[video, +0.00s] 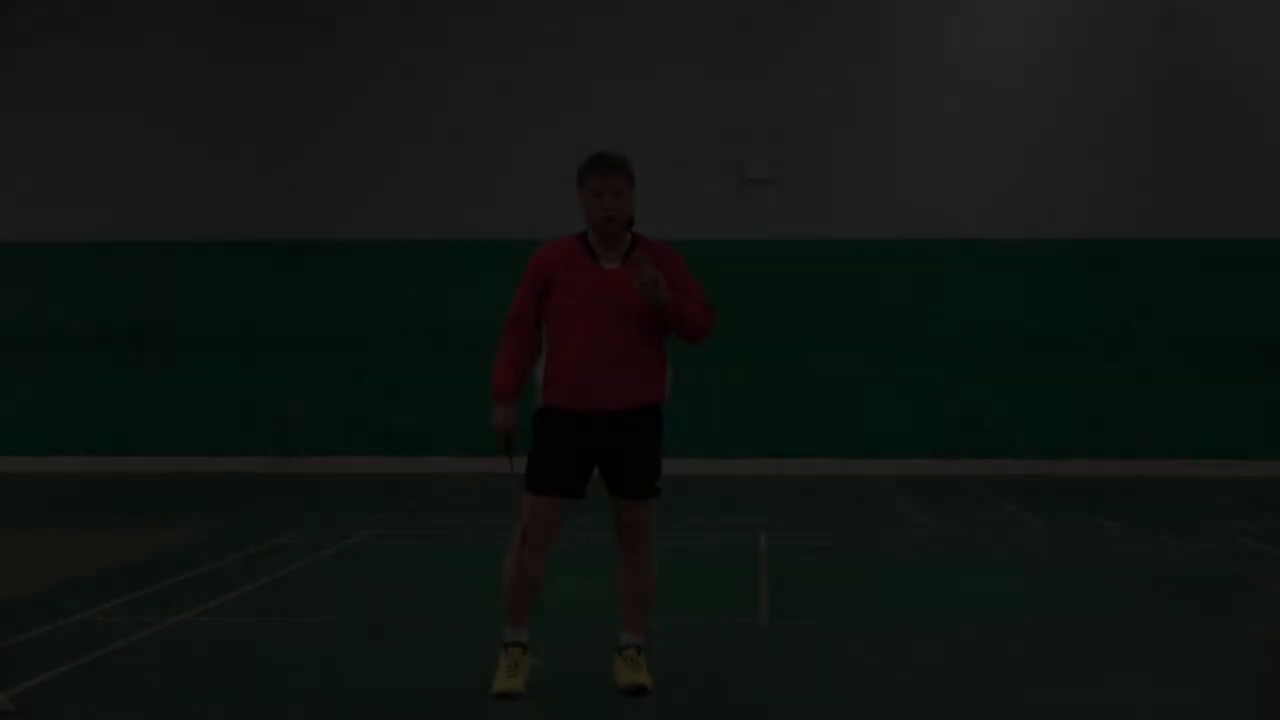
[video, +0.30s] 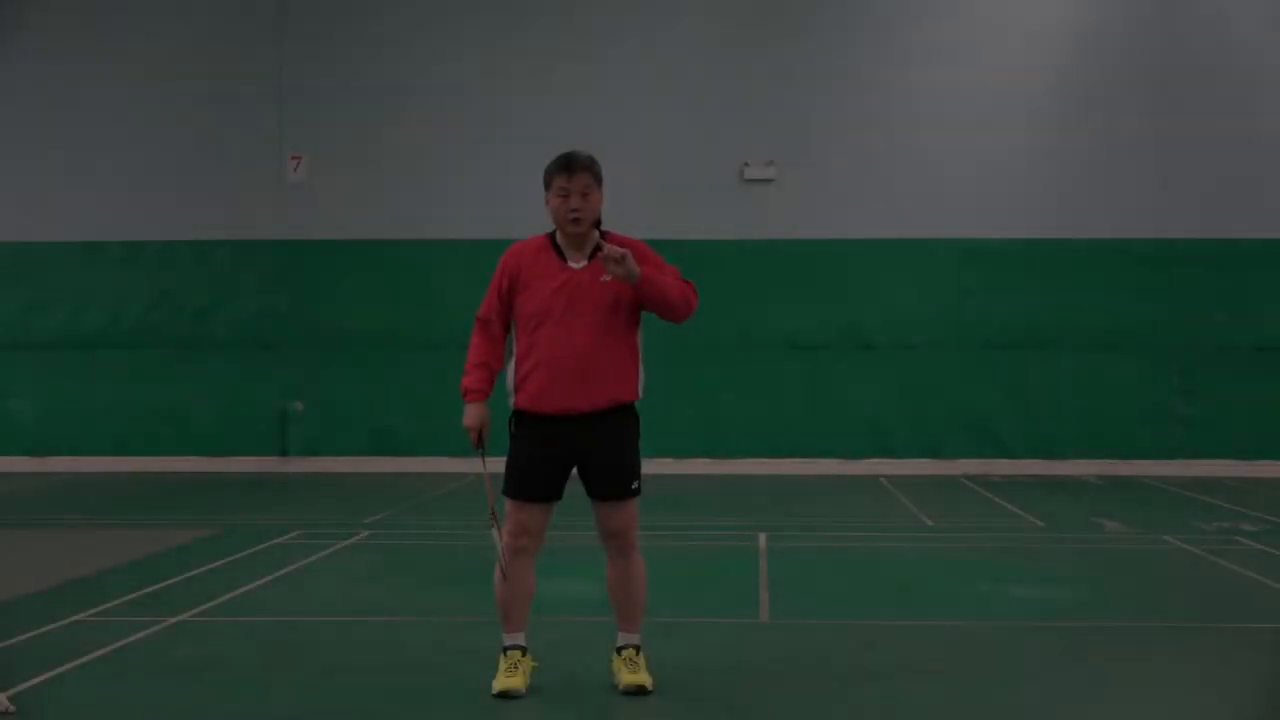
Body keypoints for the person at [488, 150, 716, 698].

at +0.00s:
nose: (609, 205)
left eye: (618, 194)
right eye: (598, 195)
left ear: (633, 200)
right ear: (582, 201)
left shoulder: (655, 261)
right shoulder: (554, 262)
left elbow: (700, 325)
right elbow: (521, 331)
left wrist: (664, 297)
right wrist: (506, 398)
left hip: (635, 415)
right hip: (564, 414)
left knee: (634, 531)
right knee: (536, 529)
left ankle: (633, 648)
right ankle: (514, 645)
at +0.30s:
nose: (574, 204)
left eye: (584, 194)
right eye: (563, 195)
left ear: (601, 198)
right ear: (547, 201)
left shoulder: (631, 255)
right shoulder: (520, 260)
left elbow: (684, 305)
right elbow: (489, 330)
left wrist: (637, 278)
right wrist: (476, 398)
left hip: (610, 417)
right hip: (537, 419)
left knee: (621, 536)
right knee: (519, 537)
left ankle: (630, 650)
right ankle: (513, 651)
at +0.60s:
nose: (553, 209)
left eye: (562, 198)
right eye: (542, 200)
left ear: (579, 201)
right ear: (527, 206)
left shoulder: (608, 250)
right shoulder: (503, 262)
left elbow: (665, 285)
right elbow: (474, 333)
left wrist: (607, 256)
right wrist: (456, 404)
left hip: (598, 419)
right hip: (525, 423)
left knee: (614, 537)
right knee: (512, 537)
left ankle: (628, 650)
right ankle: (512, 652)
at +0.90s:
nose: (553, 221)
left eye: (563, 210)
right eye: (542, 212)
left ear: (580, 211)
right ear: (526, 215)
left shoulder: (605, 253)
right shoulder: (503, 266)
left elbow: (644, 296)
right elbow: (475, 336)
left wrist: (599, 282)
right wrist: (459, 408)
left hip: (598, 422)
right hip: (527, 426)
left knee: (615, 537)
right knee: (513, 538)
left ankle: (628, 649)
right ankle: (512, 651)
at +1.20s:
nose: (559, 220)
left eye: (568, 209)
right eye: (547, 211)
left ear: (584, 211)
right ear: (531, 216)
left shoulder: (611, 255)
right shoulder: (507, 267)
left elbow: (649, 310)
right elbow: (480, 337)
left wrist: (594, 291)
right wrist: (472, 406)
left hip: (603, 423)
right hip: (530, 427)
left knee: (618, 536)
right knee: (516, 536)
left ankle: (629, 649)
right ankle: (513, 651)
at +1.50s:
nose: (561, 213)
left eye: (571, 202)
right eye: (550, 203)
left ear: (587, 207)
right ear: (534, 210)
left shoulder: (616, 257)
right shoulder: (509, 266)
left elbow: (654, 318)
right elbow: (482, 336)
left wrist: (606, 324)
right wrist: (473, 408)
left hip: (605, 424)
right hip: (532, 427)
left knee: (619, 536)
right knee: (517, 537)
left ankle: (629, 650)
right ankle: (512, 652)